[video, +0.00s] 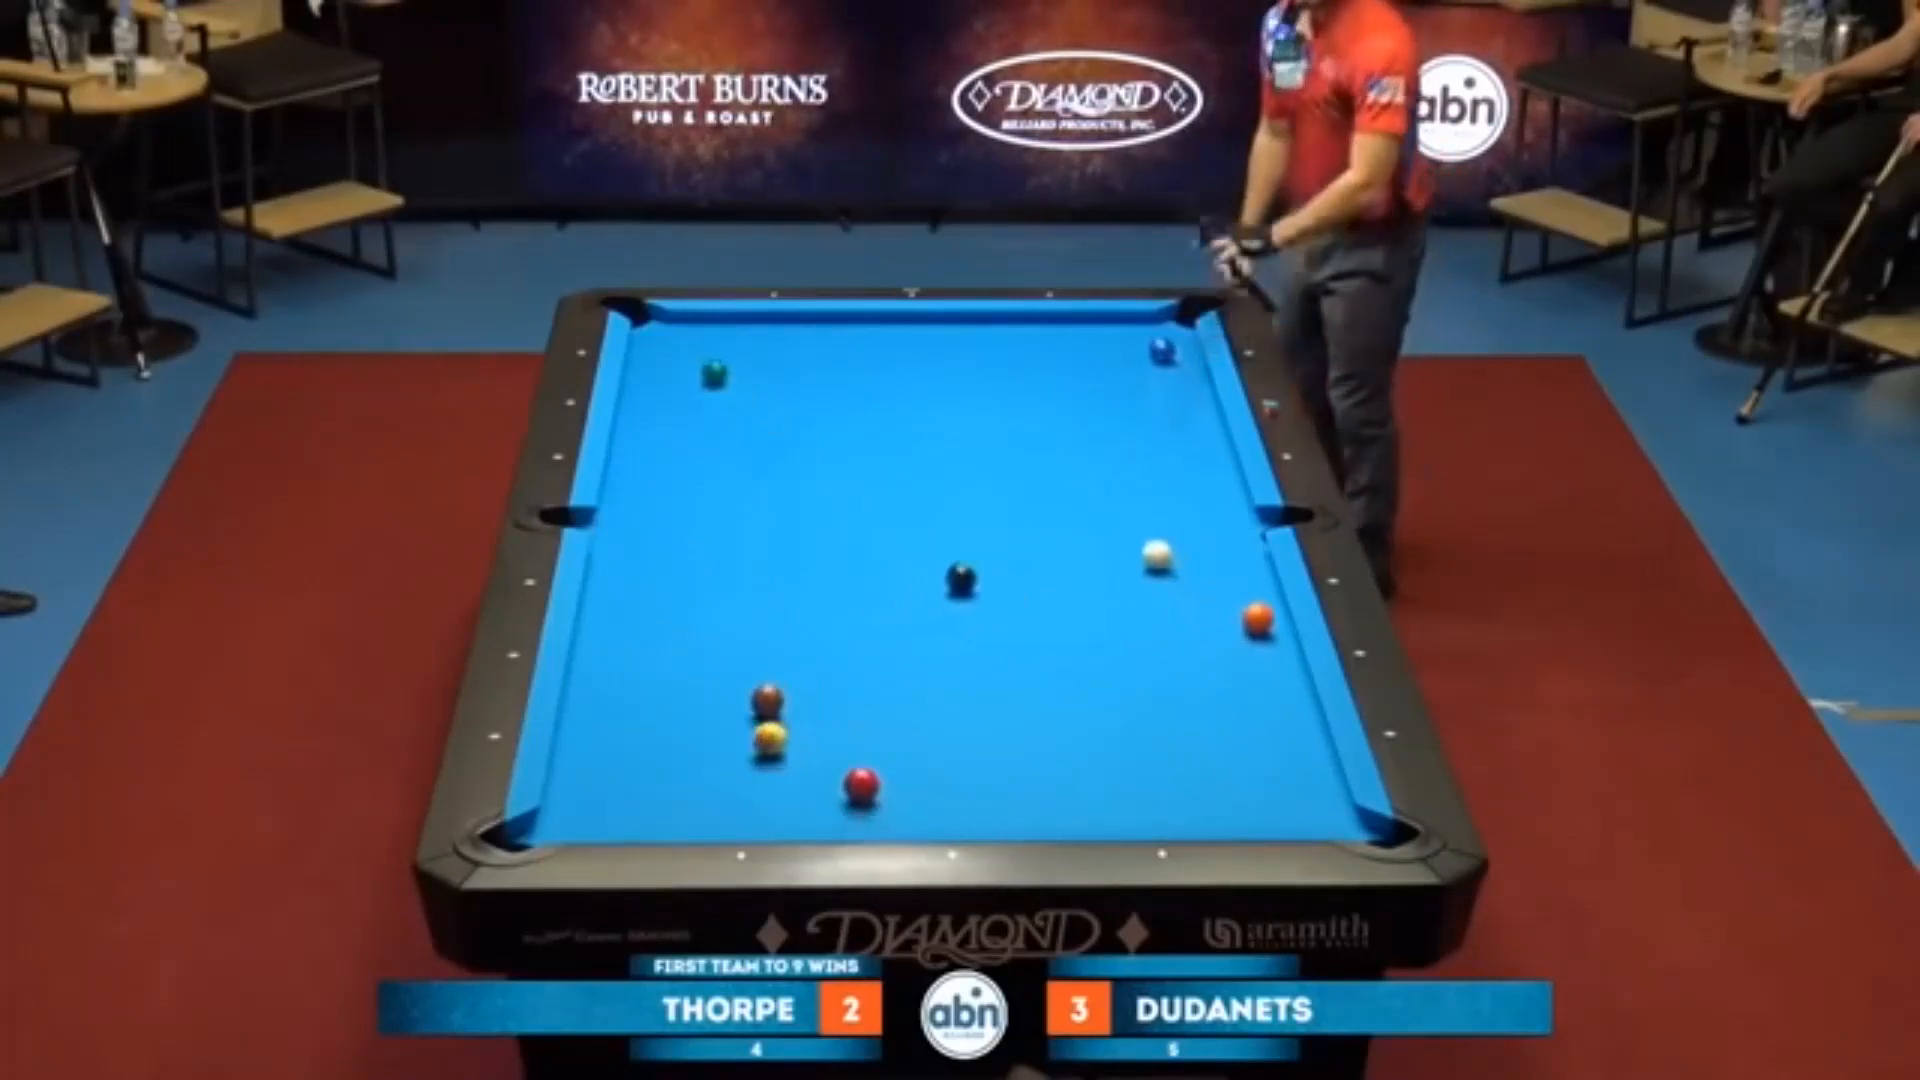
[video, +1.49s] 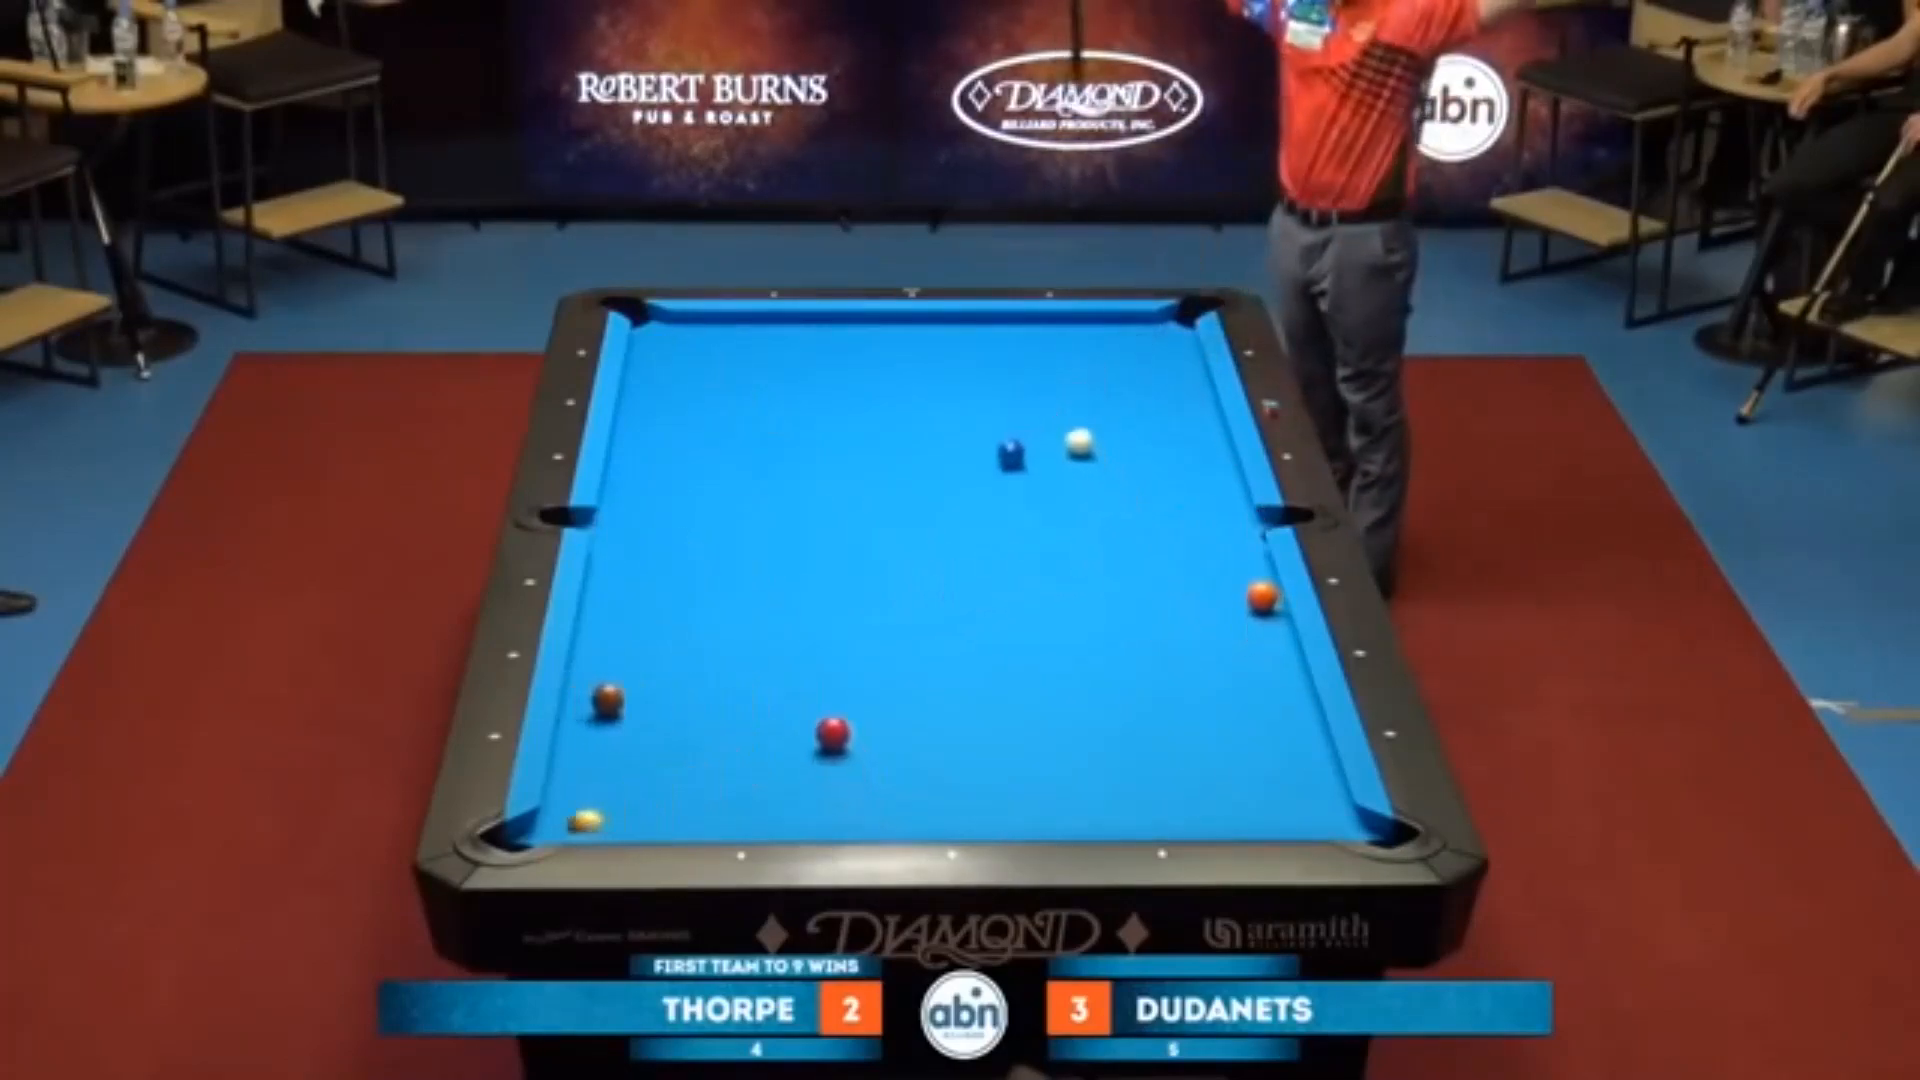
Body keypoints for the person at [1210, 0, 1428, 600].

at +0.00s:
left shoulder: (1383, 42)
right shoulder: (1283, 24)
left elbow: (1368, 180)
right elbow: (1274, 130)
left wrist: (1271, 236)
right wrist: (1249, 228)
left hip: (1373, 244)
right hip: (1311, 240)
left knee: (1357, 405)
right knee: (1301, 393)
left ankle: (1368, 562)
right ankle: (1315, 538)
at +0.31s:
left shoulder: (1398, 30)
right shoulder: (1281, 20)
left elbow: (1408, 160)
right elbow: (1268, 127)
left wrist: (1380, 263)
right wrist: (1244, 223)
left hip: (1359, 240)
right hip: (1283, 232)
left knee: (1361, 404)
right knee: (1295, 398)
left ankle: (1368, 562)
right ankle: (1304, 541)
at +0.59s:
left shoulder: (1406, 27)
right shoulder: (1285, 16)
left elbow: (1436, 151)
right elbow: (1262, 120)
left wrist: (1457, 263)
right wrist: (1225, 215)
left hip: (1361, 236)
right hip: (1286, 229)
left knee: (1361, 404)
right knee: (1301, 397)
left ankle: (1368, 566)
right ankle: (1310, 540)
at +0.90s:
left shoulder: (1413, 12)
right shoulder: (1283, 10)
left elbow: (1468, 72)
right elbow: (1206, 54)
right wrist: (1129, 80)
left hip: (1365, 233)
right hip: (1292, 227)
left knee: (1365, 403)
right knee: (1304, 396)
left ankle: (1370, 564)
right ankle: (1314, 540)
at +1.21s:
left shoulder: (1409, 16)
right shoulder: (1285, 8)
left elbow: (1498, 5)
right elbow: (1199, 7)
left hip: (1365, 236)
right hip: (1291, 228)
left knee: (1367, 406)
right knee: (1309, 398)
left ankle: (1367, 570)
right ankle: (1314, 543)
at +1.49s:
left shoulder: (1409, 17)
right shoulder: (1288, 8)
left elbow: (1507, 7)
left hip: (1367, 238)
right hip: (1292, 230)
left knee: (1368, 405)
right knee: (1311, 397)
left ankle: (1370, 564)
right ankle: (1317, 539)